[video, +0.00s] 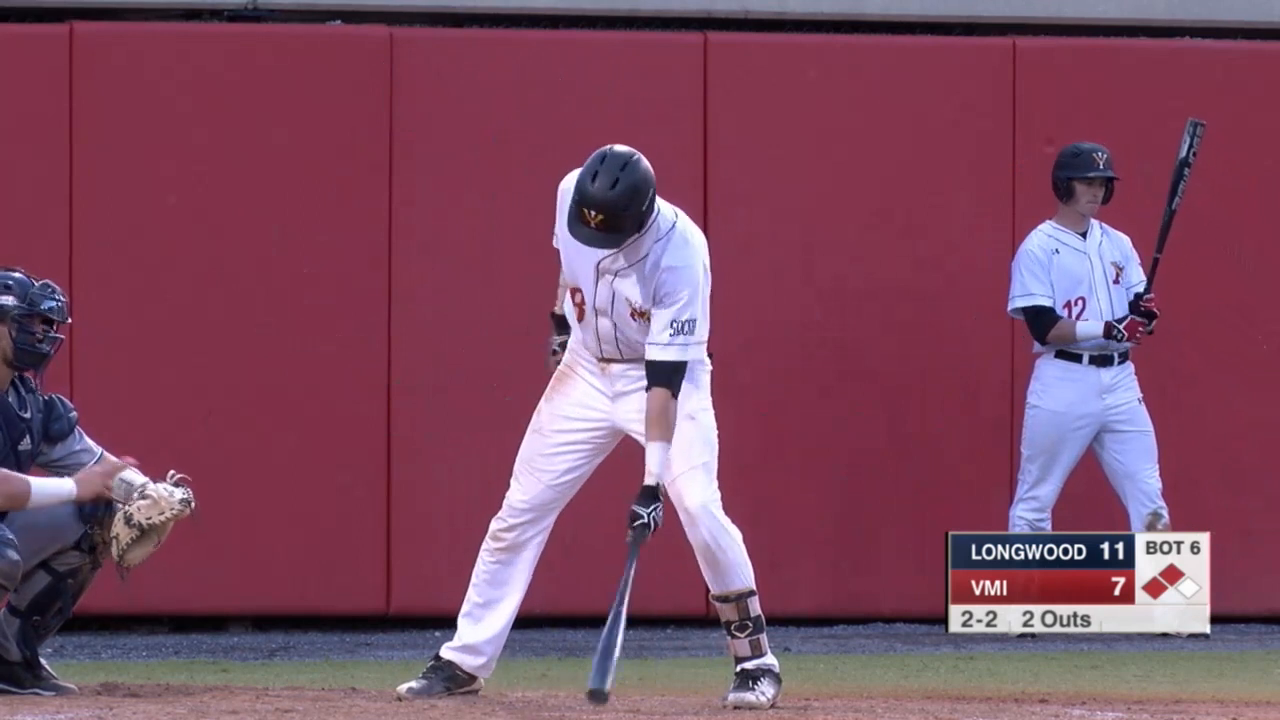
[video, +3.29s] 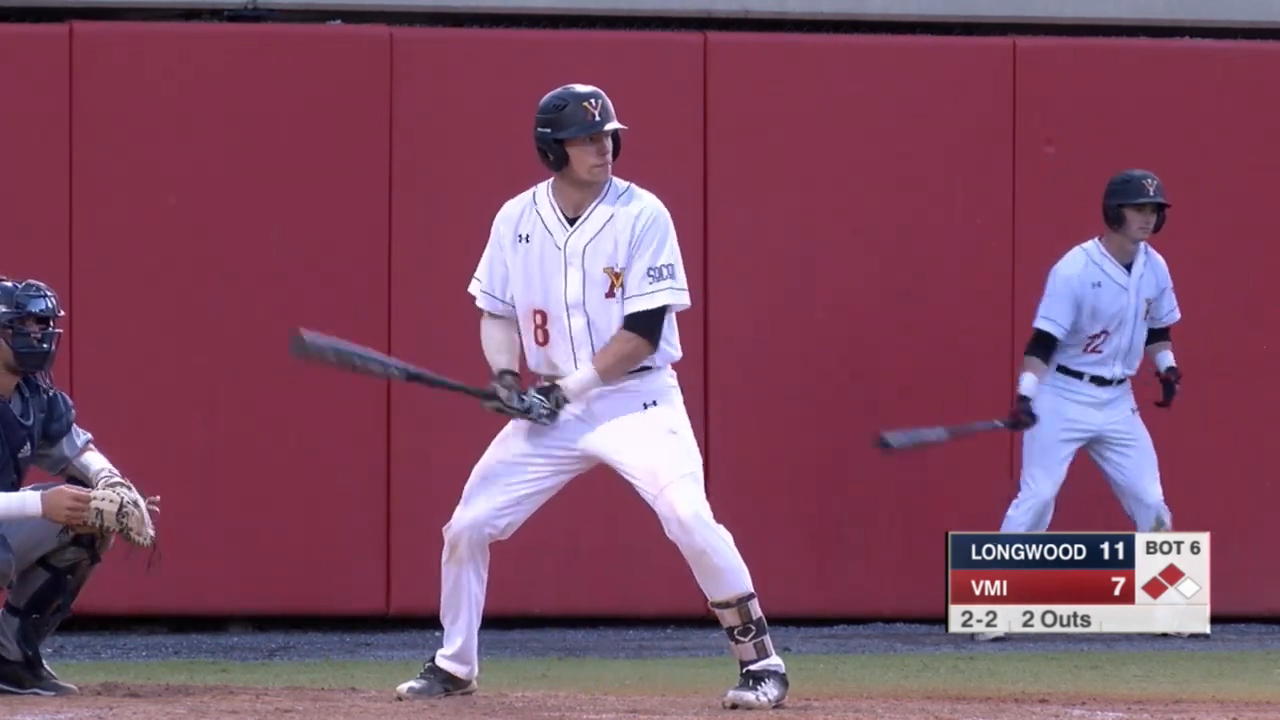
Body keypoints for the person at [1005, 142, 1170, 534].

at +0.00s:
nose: (1097, 191)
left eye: (1103, 183)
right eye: (1088, 182)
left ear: (1108, 188)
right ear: (1064, 185)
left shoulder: (1119, 244)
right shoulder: (1037, 248)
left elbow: (1138, 308)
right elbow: (1045, 328)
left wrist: (1143, 316)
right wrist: (1110, 330)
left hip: (1120, 384)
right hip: (1062, 384)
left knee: (1150, 505)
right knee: (1034, 505)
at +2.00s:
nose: (1107, 192)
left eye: (1113, 184)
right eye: (1098, 183)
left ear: (1119, 189)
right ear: (1076, 185)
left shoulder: (1125, 244)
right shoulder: (1048, 242)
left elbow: (1142, 306)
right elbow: (1078, 315)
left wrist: (1155, 312)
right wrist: (1139, 327)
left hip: (1117, 384)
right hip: (1062, 382)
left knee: (1148, 504)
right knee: (1033, 504)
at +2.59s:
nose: (1178, 198)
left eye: (1183, 190)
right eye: (1169, 189)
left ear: (1188, 196)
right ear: (1145, 191)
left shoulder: (1174, 252)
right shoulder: (1117, 245)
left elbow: (1179, 324)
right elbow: (1142, 330)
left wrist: (1210, 347)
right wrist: (1194, 359)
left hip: (1147, 387)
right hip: (1098, 382)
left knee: (1169, 504)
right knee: (1070, 504)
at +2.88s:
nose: (1204, 206)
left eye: (1208, 198)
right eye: (1195, 197)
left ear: (1213, 203)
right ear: (1170, 199)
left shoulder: (1195, 255)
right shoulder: (1139, 254)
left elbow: (1186, 324)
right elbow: (1134, 340)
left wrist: (1216, 363)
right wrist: (1170, 398)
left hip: (1152, 389)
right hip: (1105, 379)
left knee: (1173, 501)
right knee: (1077, 487)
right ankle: (1019, 566)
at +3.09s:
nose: (1190, 212)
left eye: (1195, 204)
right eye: (1181, 202)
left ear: (1200, 209)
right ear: (1155, 205)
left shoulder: (1187, 261)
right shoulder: (1119, 262)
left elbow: (1183, 327)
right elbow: (1103, 346)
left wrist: (1202, 365)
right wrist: (1118, 413)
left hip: (1144, 391)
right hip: (1092, 386)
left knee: (1169, 499)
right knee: (1054, 489)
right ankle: (1003, 575)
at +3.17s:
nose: (1175, 215)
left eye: (1179, 207)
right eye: (1165, 207)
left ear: (1183, 212)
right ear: (1140, 210)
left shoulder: (1174, 264)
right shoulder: (1102, 266)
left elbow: (1172, 330)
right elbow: (1078, 348)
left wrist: (1189, 369)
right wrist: (1080, 408)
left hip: (1135, 398)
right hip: (1081, 391)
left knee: (1165, 505)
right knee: (1047, 496)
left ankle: (1171, 609)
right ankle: (992, 591)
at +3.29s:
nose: (1147, 218)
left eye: (1153, 210)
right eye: (1138, 210)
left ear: (1158, 216)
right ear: (1114, 213)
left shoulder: (1154, 266)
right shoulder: (1074, 268)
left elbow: (1156, 329)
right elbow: (1043, 339)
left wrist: (1167, 369)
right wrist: (1024, 394)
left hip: (1118, 401)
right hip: (1062, 395)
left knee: (1151, 505)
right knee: (1038, 497)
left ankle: (1165, 606)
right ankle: (991, 594)